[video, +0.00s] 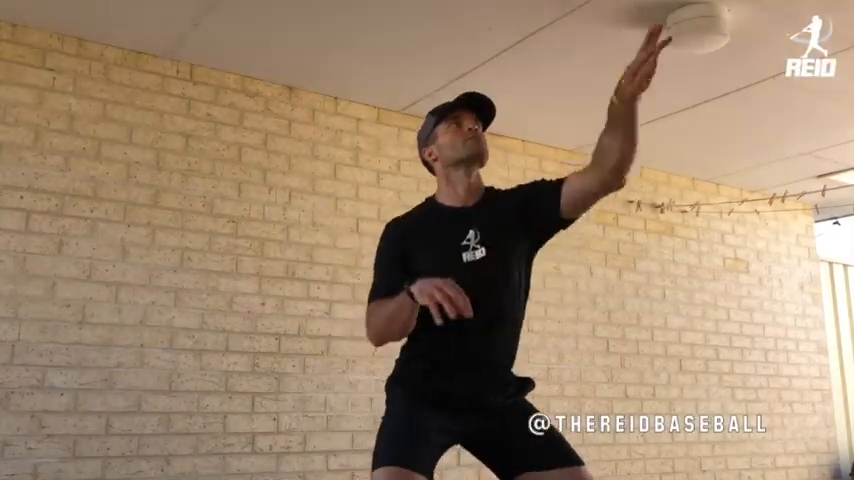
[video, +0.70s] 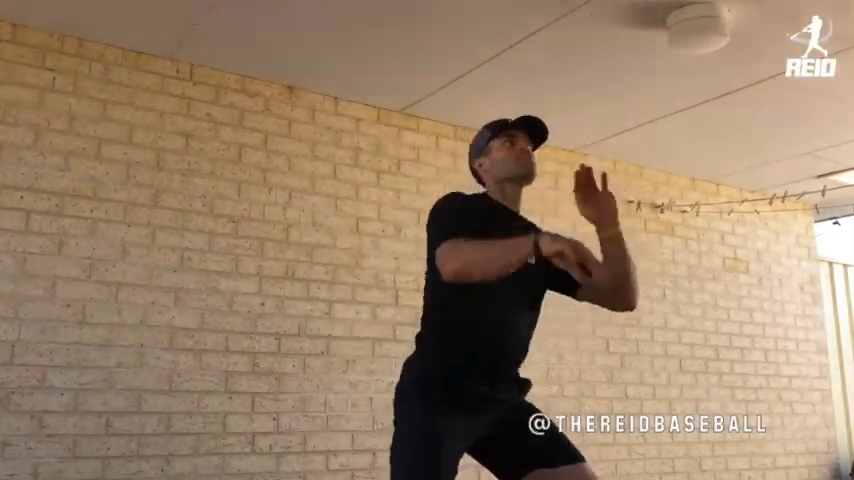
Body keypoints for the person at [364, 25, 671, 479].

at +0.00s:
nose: (472, 128)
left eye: (477, 124)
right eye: (455, 124)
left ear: (486, 146)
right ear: (430, 154)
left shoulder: (520, 209)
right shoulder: (403, 232)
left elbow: (606, 175)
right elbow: (379, 331)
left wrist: (625, 99)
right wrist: (413, 293)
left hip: (496, 395)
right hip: (420, 396)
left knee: (573, 476)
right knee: (394, 475)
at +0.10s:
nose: (480, 122)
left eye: (485, 120)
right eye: (463, 119)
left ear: (494, 143)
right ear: (438, 148)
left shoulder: (526, 214)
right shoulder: (414, 219)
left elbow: (623, 233)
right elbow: (393, 301)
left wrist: (616, 175)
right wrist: (451, 234)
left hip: (497, 395)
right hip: (425, 395)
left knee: (577, 475)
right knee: (399, 473)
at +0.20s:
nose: (496, 134)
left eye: (501, 127)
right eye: (481, 125)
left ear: (516, 145)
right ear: (454, 150)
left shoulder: (528, 227)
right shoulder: (430, 202)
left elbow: (608, 284)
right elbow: (446, 227)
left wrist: (609, 227)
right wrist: (498, 159)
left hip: (499, 396)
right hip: (429, 394)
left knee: (579, 475)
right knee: (408, 473)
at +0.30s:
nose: (517, 137)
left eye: (521, 131)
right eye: (499, 130)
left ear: (526, 148)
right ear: (470, 152)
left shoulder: (535, 240)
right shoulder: (457, 200)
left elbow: (587, 312)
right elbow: (519, 146)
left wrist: (606, 256)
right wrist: (550, 94)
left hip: (502, 396)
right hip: (438, 390)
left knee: (579, 476)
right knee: (419, 475)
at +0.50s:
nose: (529, 145)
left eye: (535, 139)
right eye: (513, 135)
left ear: (541, 153)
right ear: (485, 157)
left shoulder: (534, 243)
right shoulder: (477, 196)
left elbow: (570, 328)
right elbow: (543, 170)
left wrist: (596, 279)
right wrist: (608, 119)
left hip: (503, 393)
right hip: (444, 385)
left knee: (577, 473)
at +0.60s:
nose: (529, 141)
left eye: (532, 138)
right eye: (513, 136)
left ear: (537, 160)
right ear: (485, 161)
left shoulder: (544, 249)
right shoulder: (469, 198)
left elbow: (595, 316)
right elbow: (498, 221)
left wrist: (600, 257)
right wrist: (584, 186)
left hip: (503, 396)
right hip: (441, 389)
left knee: (578, 474)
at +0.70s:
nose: (526, 147)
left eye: (528, 143)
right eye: (509, 141)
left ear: (533, 164)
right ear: (482, 165)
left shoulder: (536, 243)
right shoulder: (455, 208)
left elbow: (620, 297)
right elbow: (453, 264)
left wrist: (608, 228)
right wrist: (536, 245)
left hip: (499, 400)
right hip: (434, 396)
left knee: (576, 475)